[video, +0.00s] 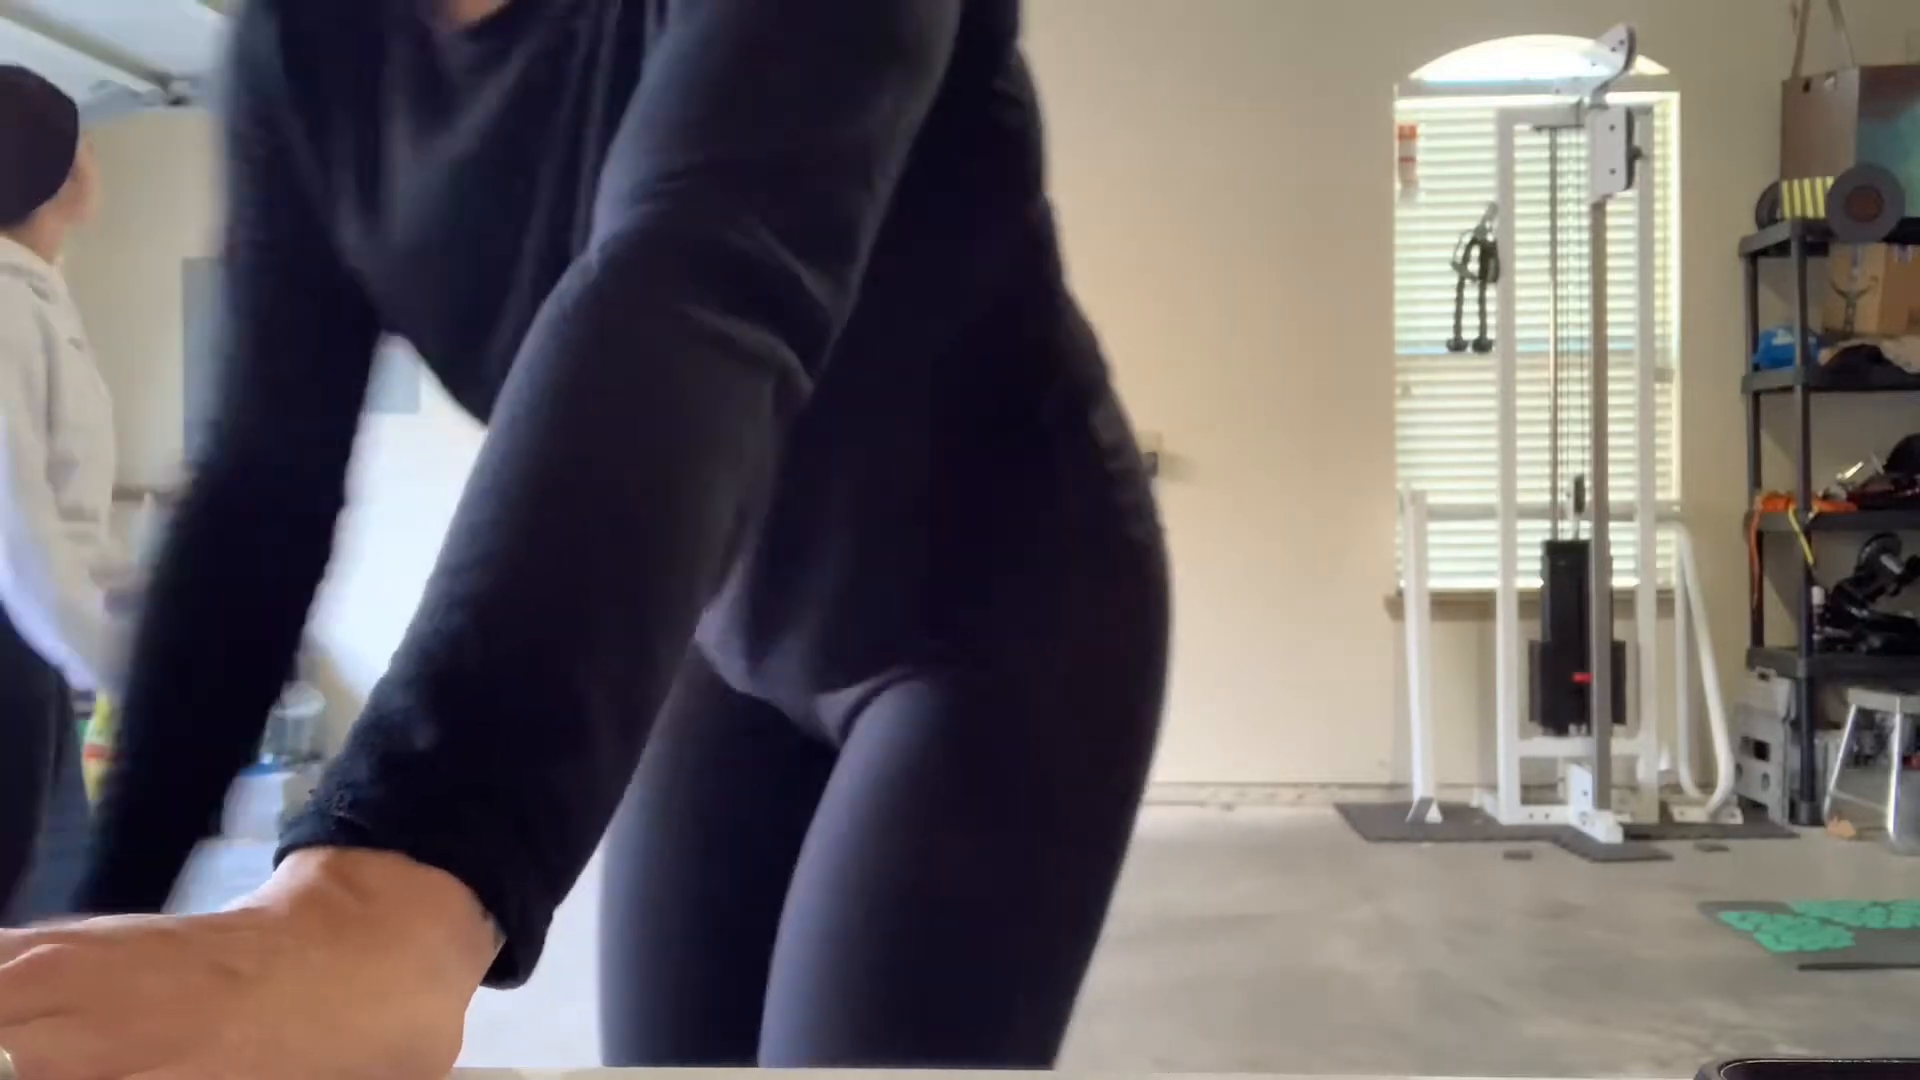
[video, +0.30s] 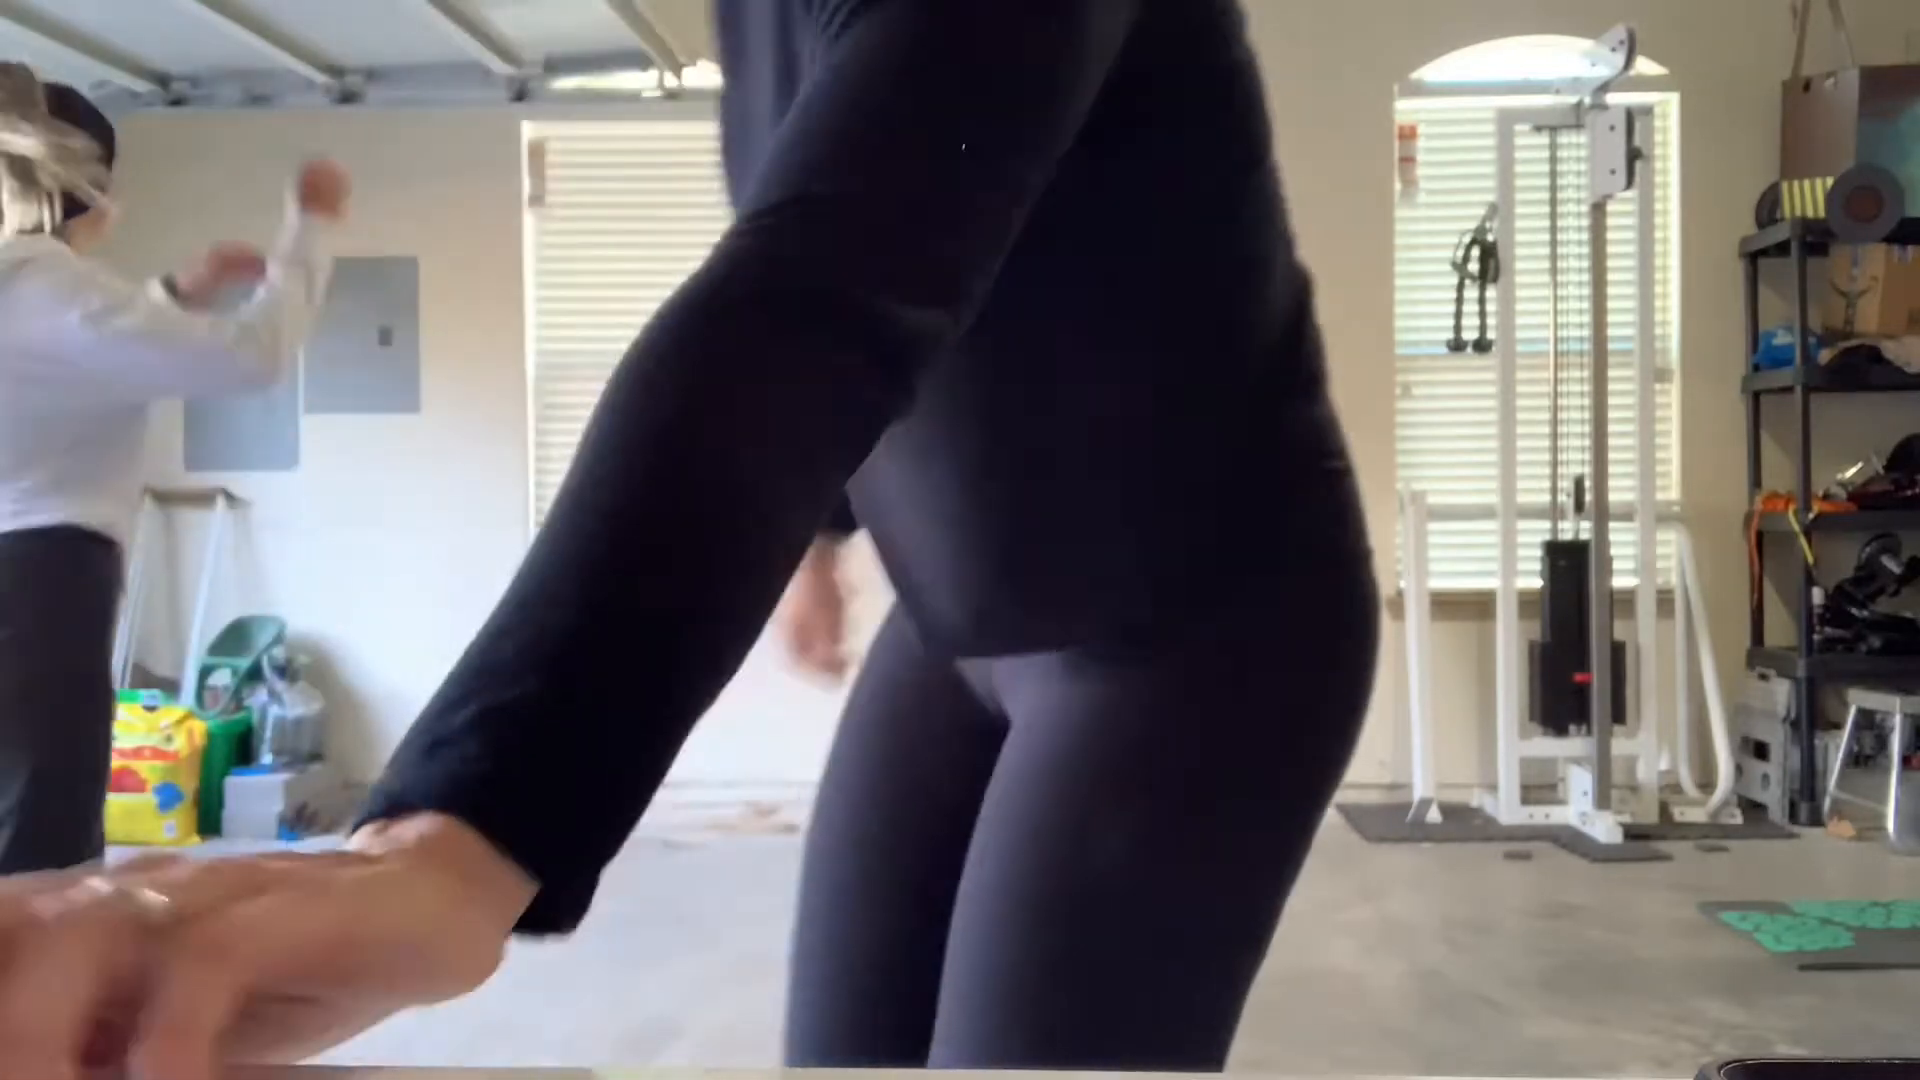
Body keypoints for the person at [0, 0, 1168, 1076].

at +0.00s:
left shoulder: (828, 21)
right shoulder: (304, 43)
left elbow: (700, 296)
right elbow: (261, 479)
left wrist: (379, 910)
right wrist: (95, 922)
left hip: (992, 614)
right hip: (710, 636)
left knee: (853, 1064)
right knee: (662, 1061)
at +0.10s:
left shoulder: (910, 21)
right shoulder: (467, 35)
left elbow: (735, 313)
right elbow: (494, 421)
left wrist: (403, 899)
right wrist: (383, 884)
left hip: (1068, 618)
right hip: (811, 620)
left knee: (927, 1062)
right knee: (713, 1055)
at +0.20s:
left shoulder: (989, 14)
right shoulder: (636, 25)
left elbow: (779, 316)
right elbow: (707, 326)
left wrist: (430, 889)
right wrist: (623, 737)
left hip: (1145, 634)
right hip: (892, 633)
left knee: (992, 1058)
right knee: (786, 1050)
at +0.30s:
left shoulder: (1036, 10)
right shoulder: (757, 18)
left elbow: (837, 279)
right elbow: (815, 253)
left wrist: (454, 850)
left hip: (1185, 634)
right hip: (950, 617)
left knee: (1020, 1060)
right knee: (846, 1050)